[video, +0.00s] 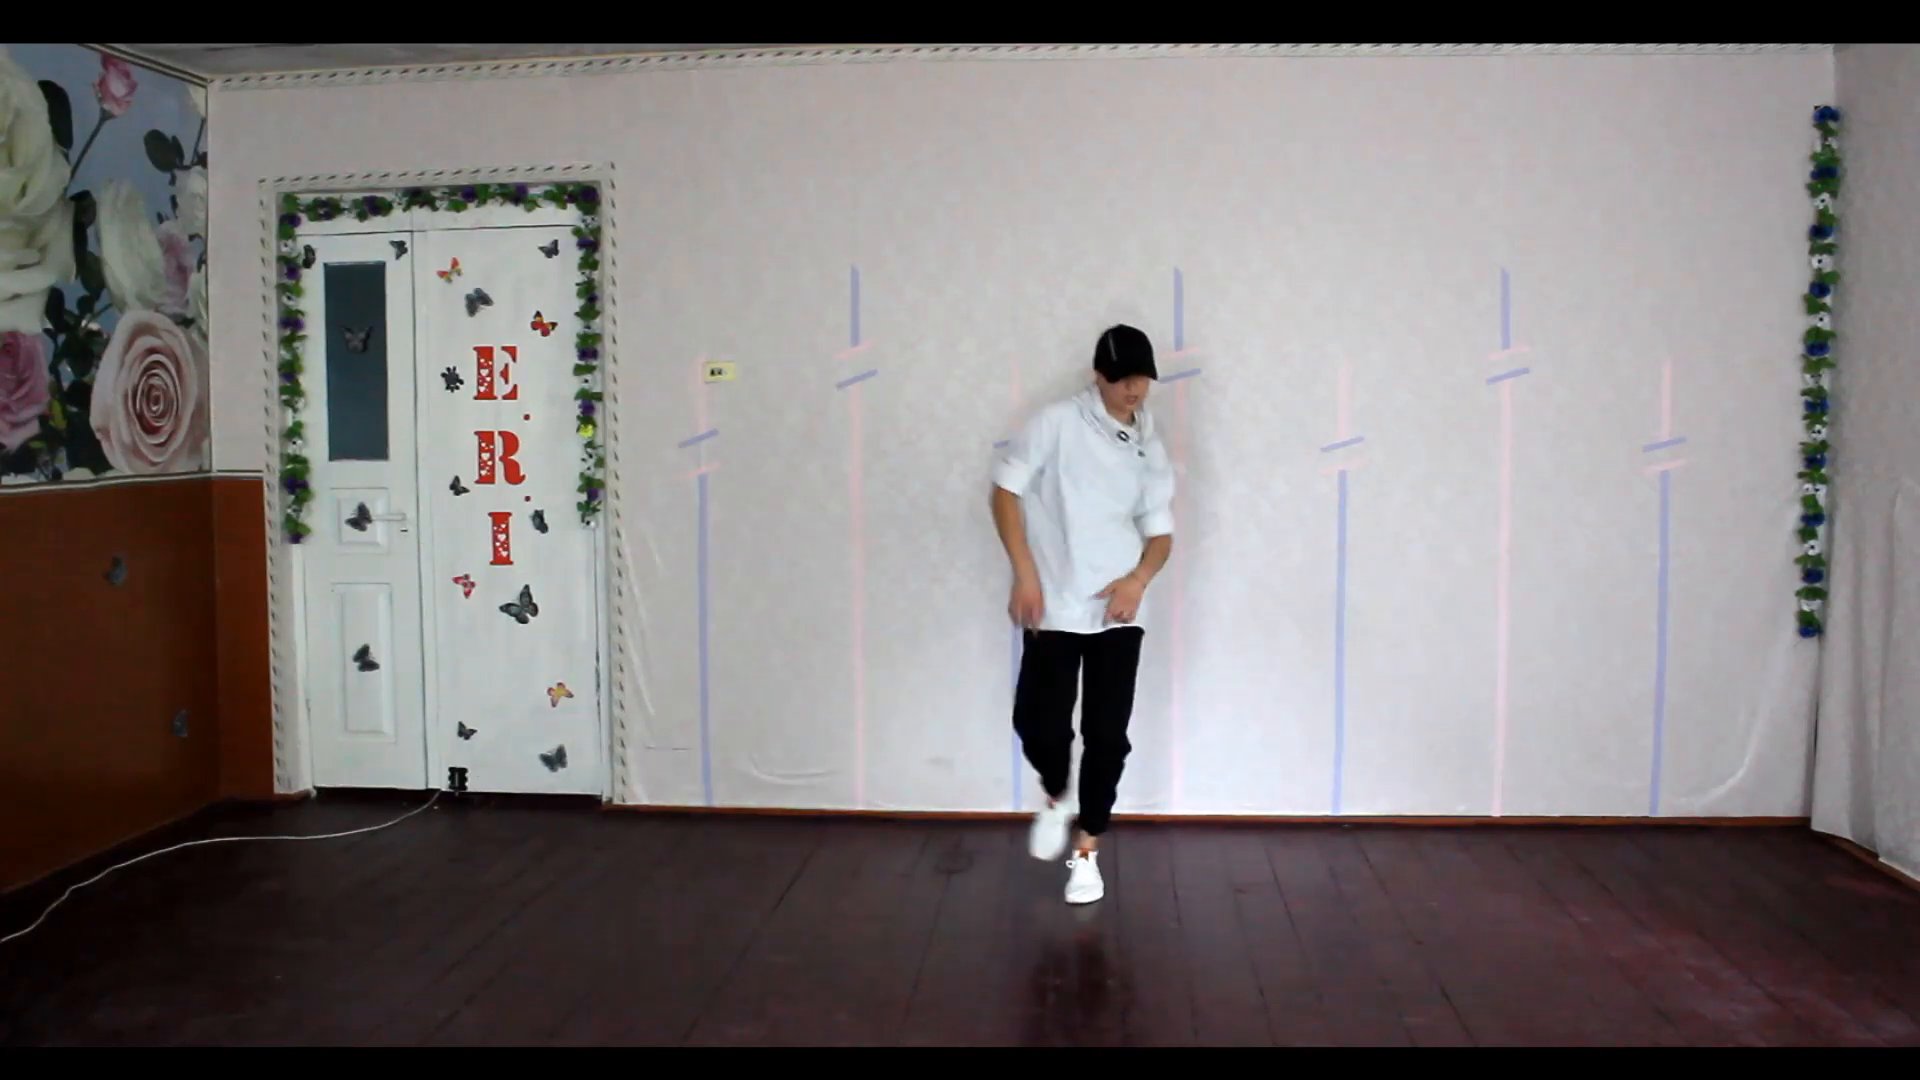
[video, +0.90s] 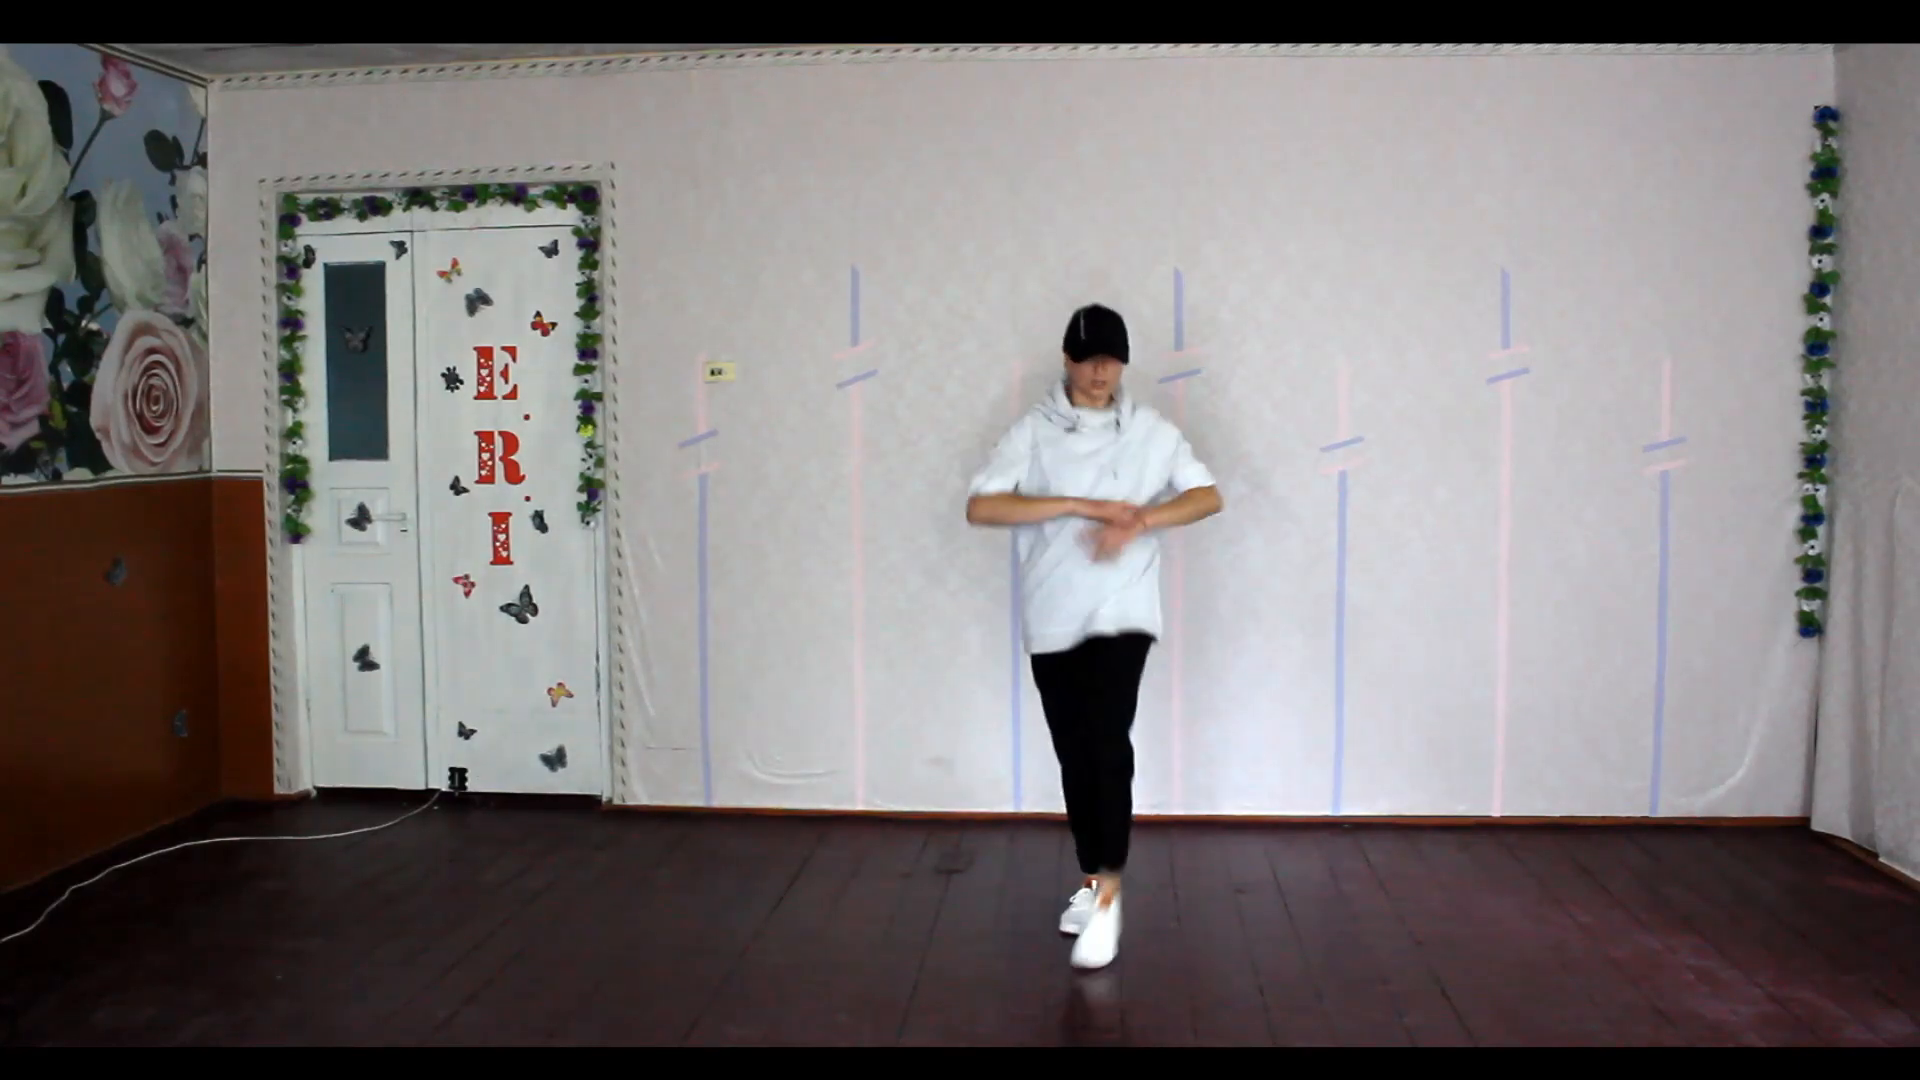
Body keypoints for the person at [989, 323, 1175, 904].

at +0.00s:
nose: (1134, 394)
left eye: (1142, 383)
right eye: (1124, 384)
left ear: (1151, 381)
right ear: (1099, 377)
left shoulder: (1148, 448)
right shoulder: (1056, 423)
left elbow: (1160, 535)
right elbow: (1005, 490)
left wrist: (1138, 580)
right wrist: (1024, 576)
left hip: (1116, 617)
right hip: (1054, 611)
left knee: (1106, 734)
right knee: (1036, 720)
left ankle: (1088, 849)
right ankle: (1059, 798)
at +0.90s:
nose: (1099, 375)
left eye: (1110, 364)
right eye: (1088, 363)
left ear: (1124, 367)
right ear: (1068, 362)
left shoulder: (1149, 431)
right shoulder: (1033, 431)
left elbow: (1207, 497)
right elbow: (981, 507)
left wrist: (1136, 524)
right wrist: (1080, 506)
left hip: (1122, 615)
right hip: (1052, 621)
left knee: (1106, 748)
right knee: (1074, 755)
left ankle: (1107, 894)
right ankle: (1093, 880)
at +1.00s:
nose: (1105, 394)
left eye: (1116, 384)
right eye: (1094, 383)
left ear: (1132, 379)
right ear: (1073, 375)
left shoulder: (1153, 430)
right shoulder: (1034, 426)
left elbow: (1233, 459)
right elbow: (954, 456)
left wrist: (1160, 494)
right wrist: (1038, 478)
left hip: (1125, 637)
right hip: (1048, 636)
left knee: (1107, 771)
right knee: (1056, 770)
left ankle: (1096, 906)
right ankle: (1079, 868)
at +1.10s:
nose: (1100, 357)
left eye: (1110, 345)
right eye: (1088, 345)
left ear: (1127, 350)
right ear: (1068, 350)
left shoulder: (1167, 419)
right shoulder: (1031, 420)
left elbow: (1254, 430)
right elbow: (942, 439)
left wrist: (1346, 440)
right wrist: (844, 435)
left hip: (1129, 623)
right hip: (1051, 619)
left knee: (1105, 769)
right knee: (1042, 754)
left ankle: (1095, 908)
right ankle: (1053, 837)